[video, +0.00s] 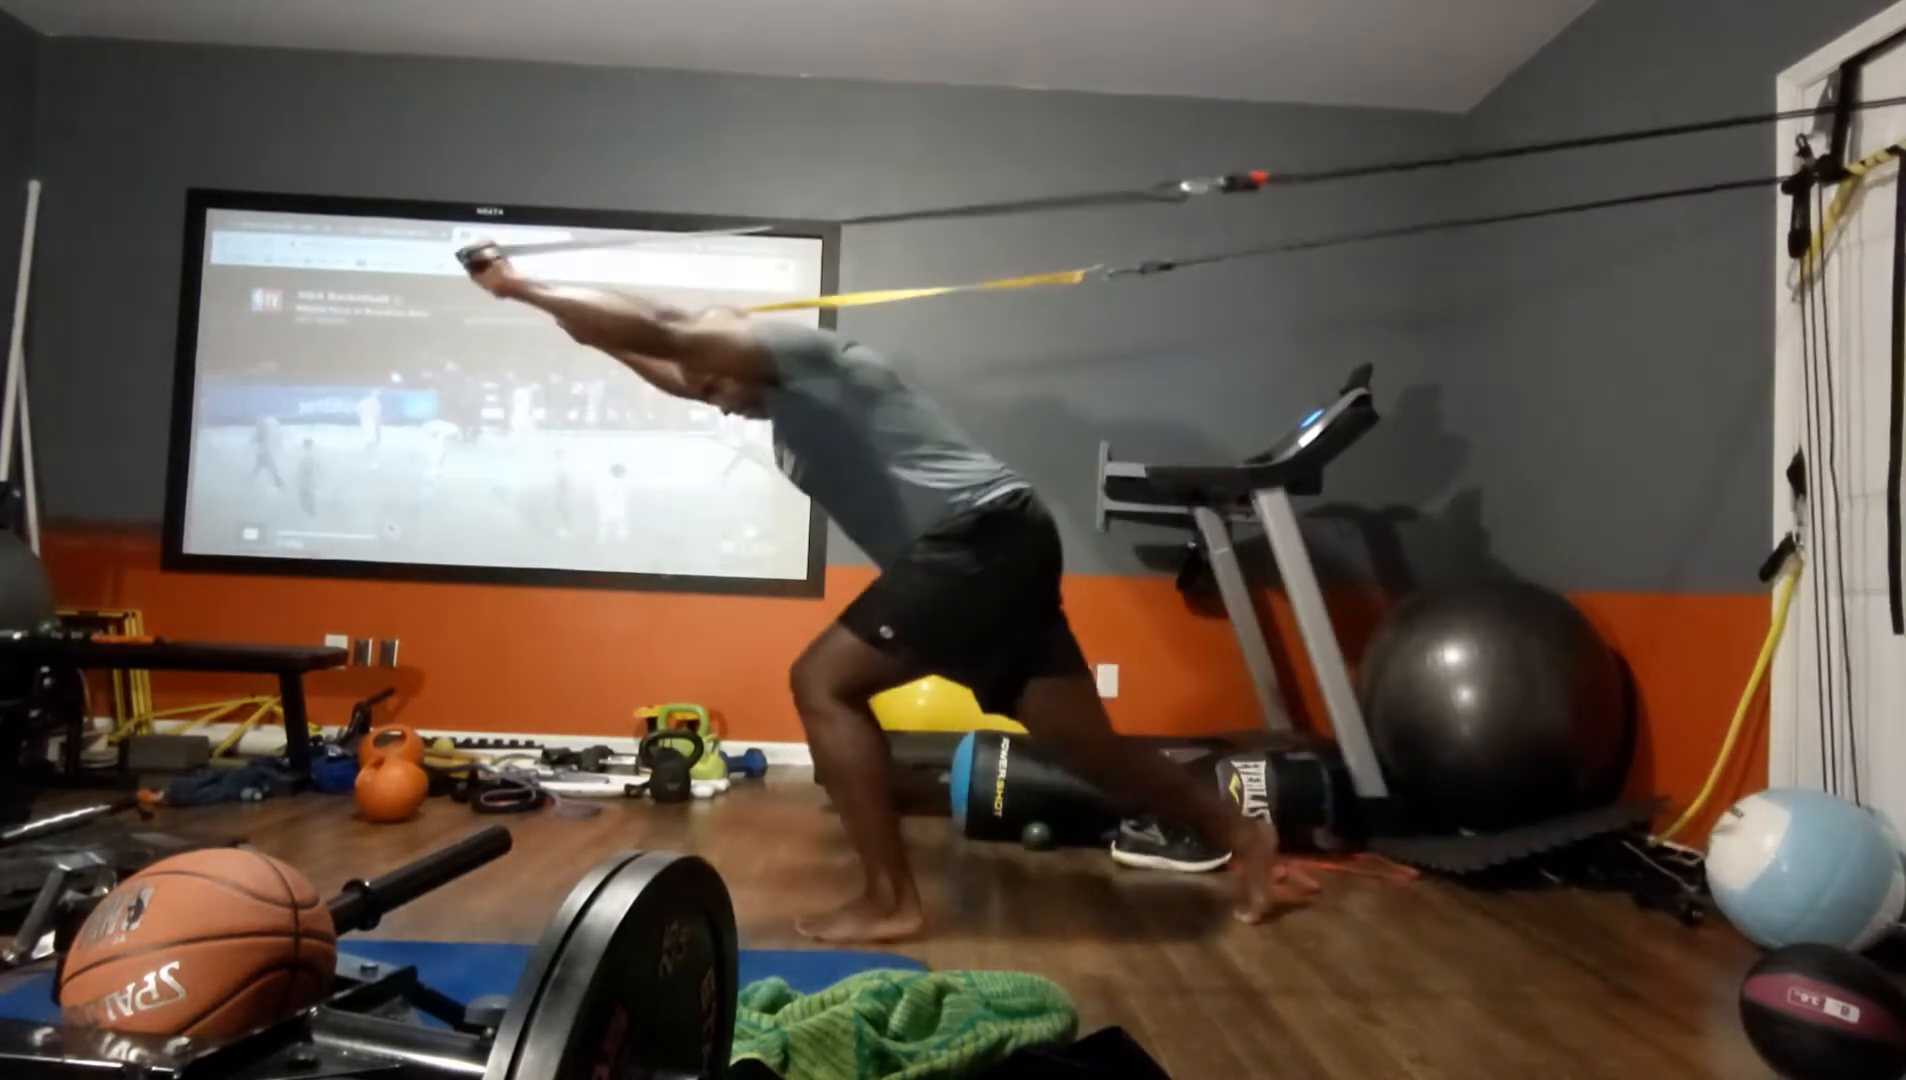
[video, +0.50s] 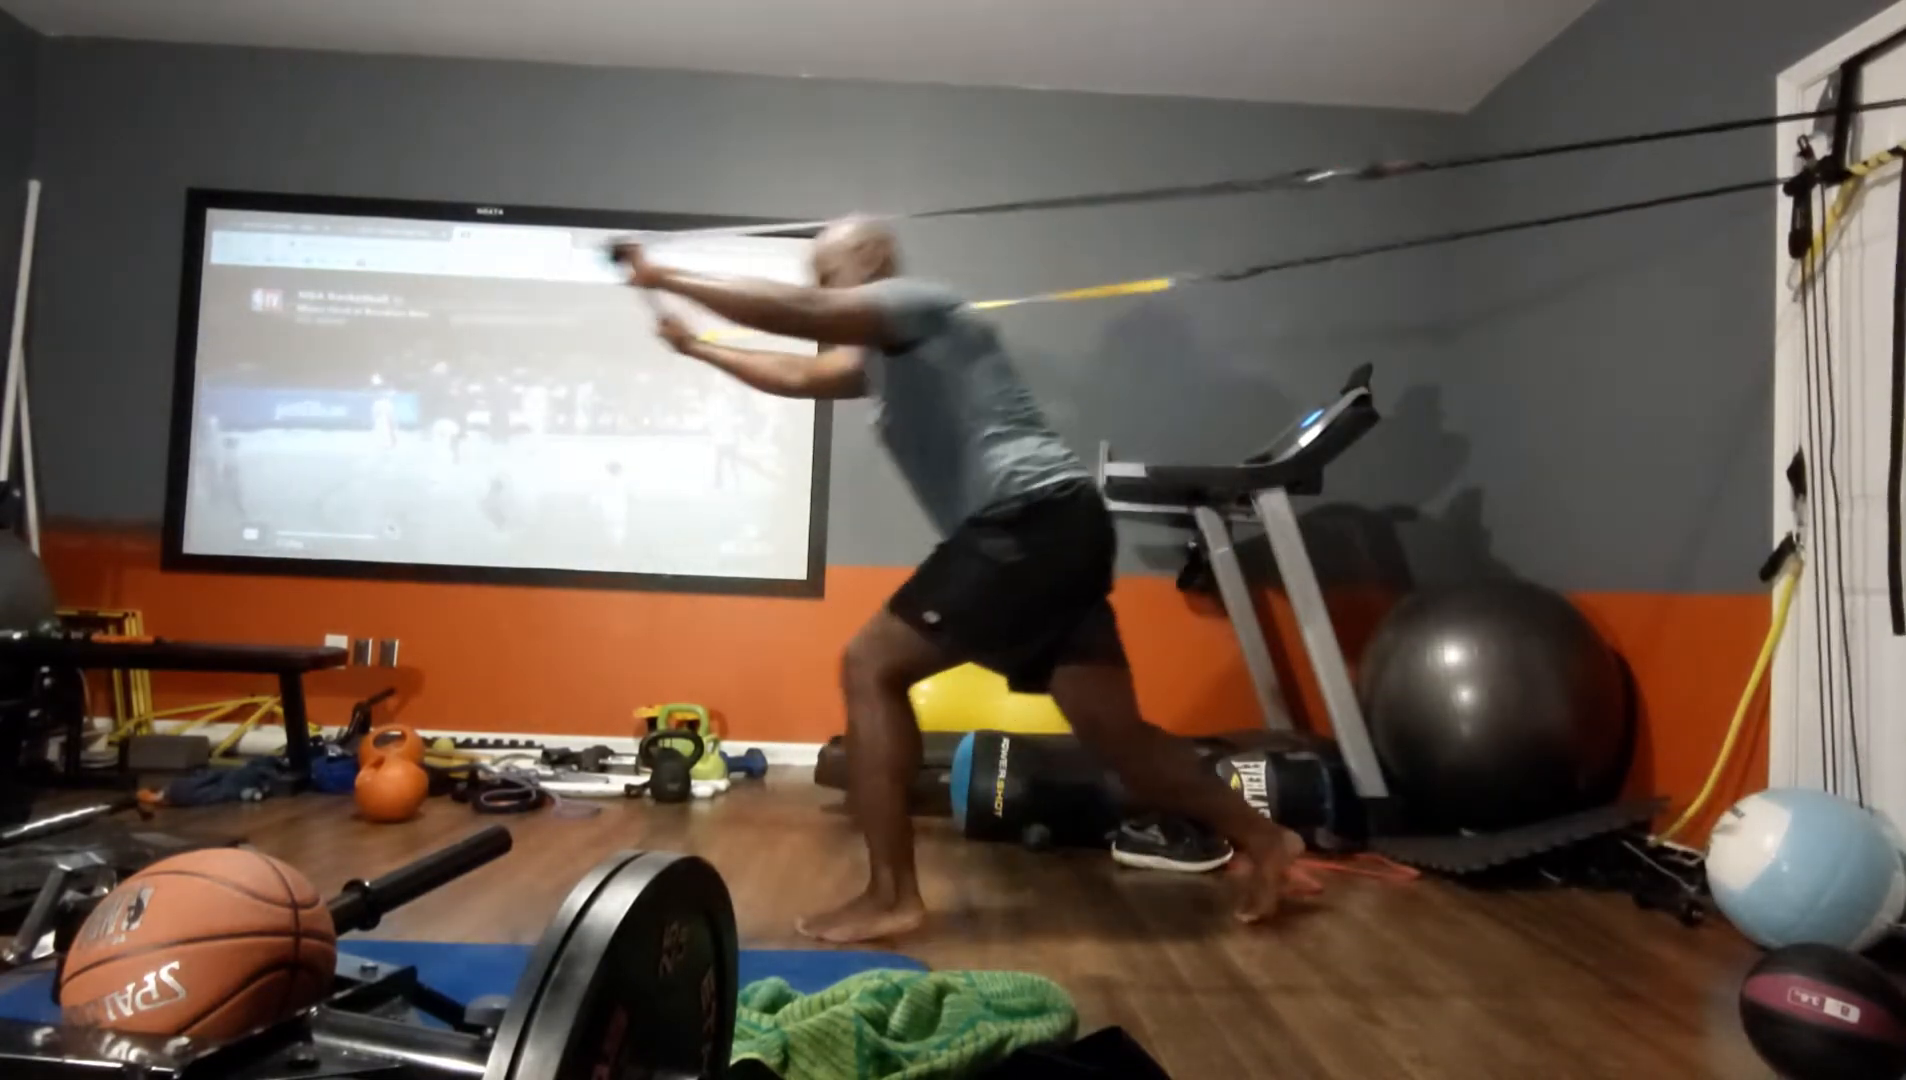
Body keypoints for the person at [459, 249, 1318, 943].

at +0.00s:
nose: (694, 390)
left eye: (694, 374)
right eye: (682, 383)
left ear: (732, 344)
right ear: (736, 367)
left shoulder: (802, 353)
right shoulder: (800, 414)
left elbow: (655, 338)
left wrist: (524, 288)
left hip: (980, 534)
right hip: (996, 544)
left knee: (822, 686)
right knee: (1091, 748)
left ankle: (888, 899)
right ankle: (1246, 843)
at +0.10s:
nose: (694, 399)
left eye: (691, 381)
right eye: (680, 391)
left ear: (727, 353)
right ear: (737, 371)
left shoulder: (801, 356)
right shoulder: (804, 415)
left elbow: (656, 345)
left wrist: (525, 293)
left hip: (975, 537)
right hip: (1005, 544)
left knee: (818, 687)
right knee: (1083, 745)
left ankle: (888, 895)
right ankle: (1239, 834)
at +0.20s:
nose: (699, 389)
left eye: (701, 368)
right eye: (687, 379)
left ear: (738, 341)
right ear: (753, 352)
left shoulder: (817, 359)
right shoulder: (818, 409)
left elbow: (672, 341)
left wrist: (536, 291)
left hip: (977, 538)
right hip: (1009, 545)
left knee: (820, 686)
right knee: (1088, 748)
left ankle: (890, 897)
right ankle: (1246, 837)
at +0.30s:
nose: (731, 360)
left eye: (732, 337)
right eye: (725, 346)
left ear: (761, 315)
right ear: (778, 316)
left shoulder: (834, 340)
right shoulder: (829, 379)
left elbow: (701, 326)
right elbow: (710, 371)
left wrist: (561, 288)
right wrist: (614, 323)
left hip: (990, 537)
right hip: (1019, 540)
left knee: (830, 682)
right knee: (1092, 743)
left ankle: (888, 897)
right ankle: (1250, 840)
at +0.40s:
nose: (767, 325)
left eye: (769, 310)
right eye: (766, 315)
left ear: (804, 299)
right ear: (814, 313)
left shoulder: (878, 327)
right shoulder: (847, 382)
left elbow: (743, 315)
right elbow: (744, 370)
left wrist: (604, 279)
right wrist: (653, 337)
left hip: (1006, 528)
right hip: (1037, 536)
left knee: (844, 676)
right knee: (1100, 737)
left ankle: (890, 894)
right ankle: (1258, 843)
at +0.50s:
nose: (814, 277)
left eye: (824, 261)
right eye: (812, 269)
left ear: (874, 256)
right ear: (850, 280)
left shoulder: (926, 308)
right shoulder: (885, 364)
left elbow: (805, 309)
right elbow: (790, 374)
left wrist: (674, 276)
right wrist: (693, 340)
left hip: (1033, 521)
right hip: (1051, 530)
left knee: (869, 667)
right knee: (1120, 740)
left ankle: (890, 896)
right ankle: (1266, 845)